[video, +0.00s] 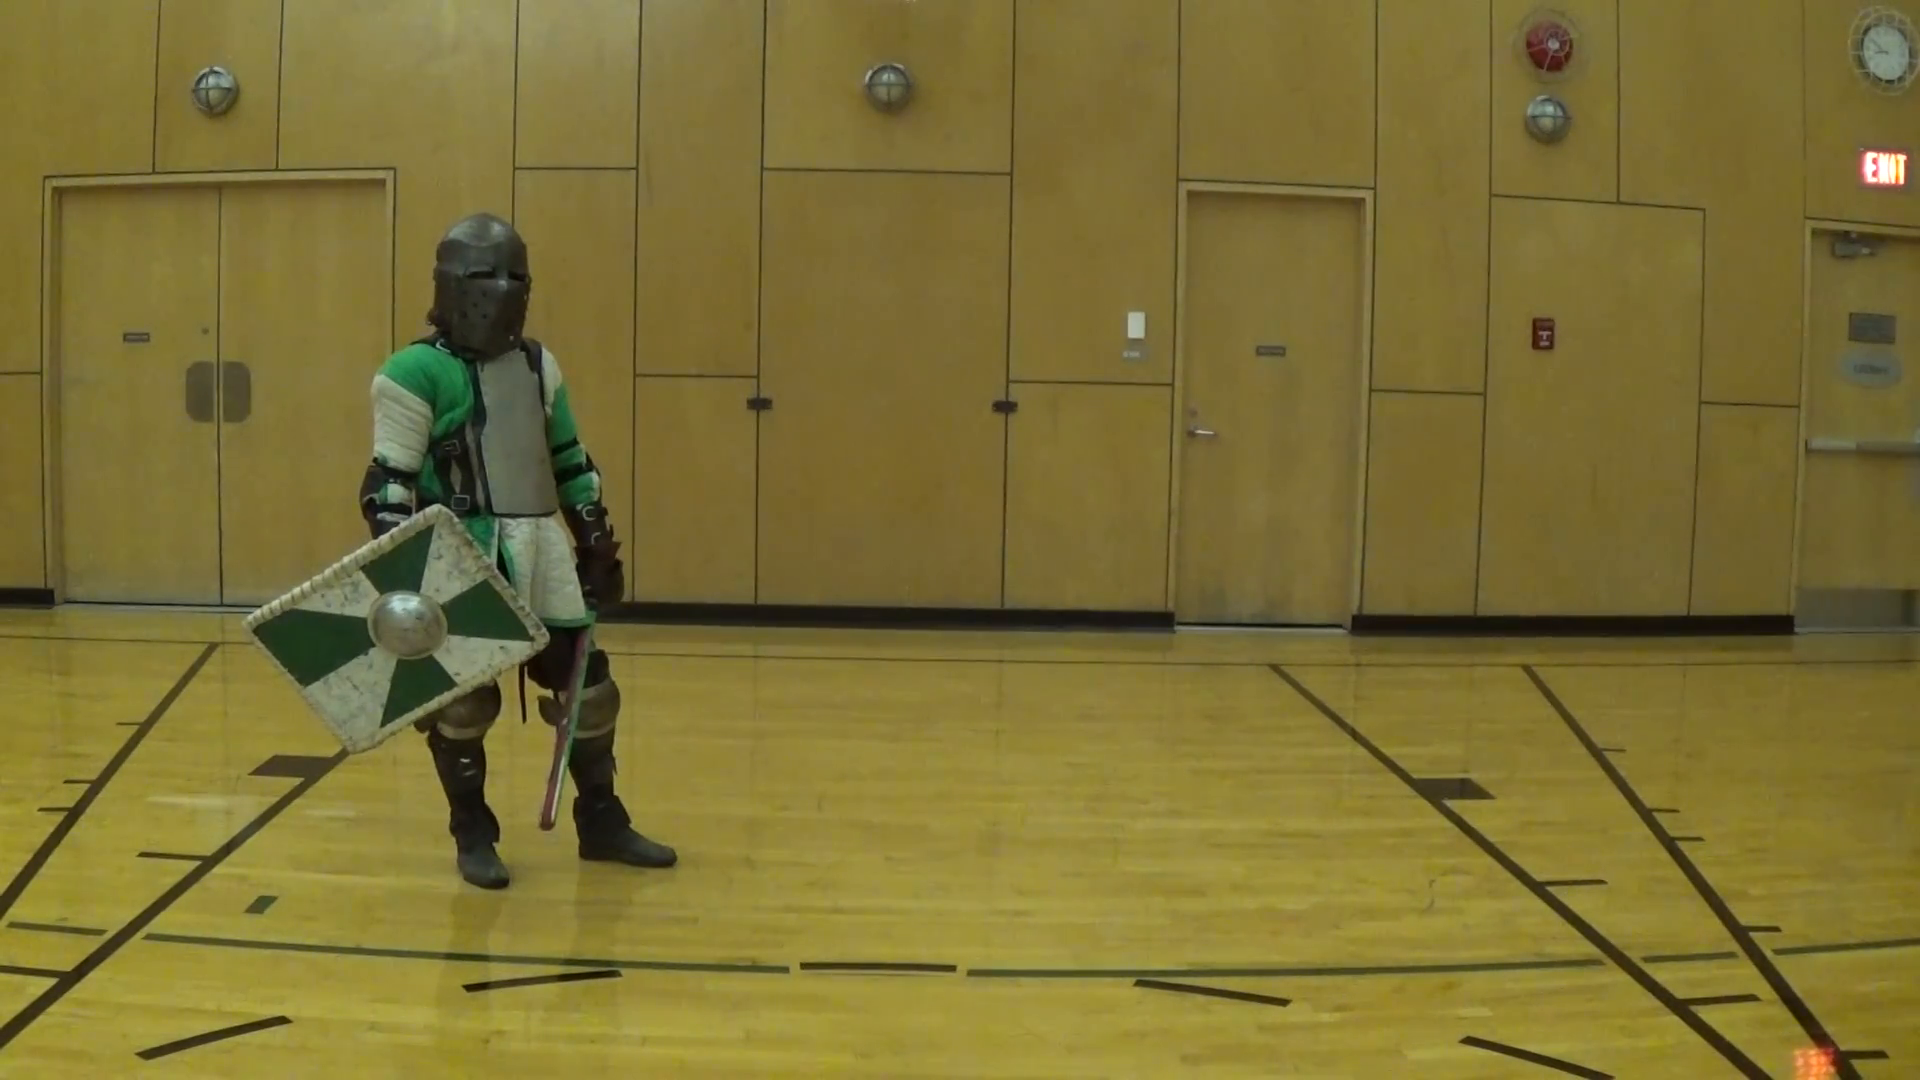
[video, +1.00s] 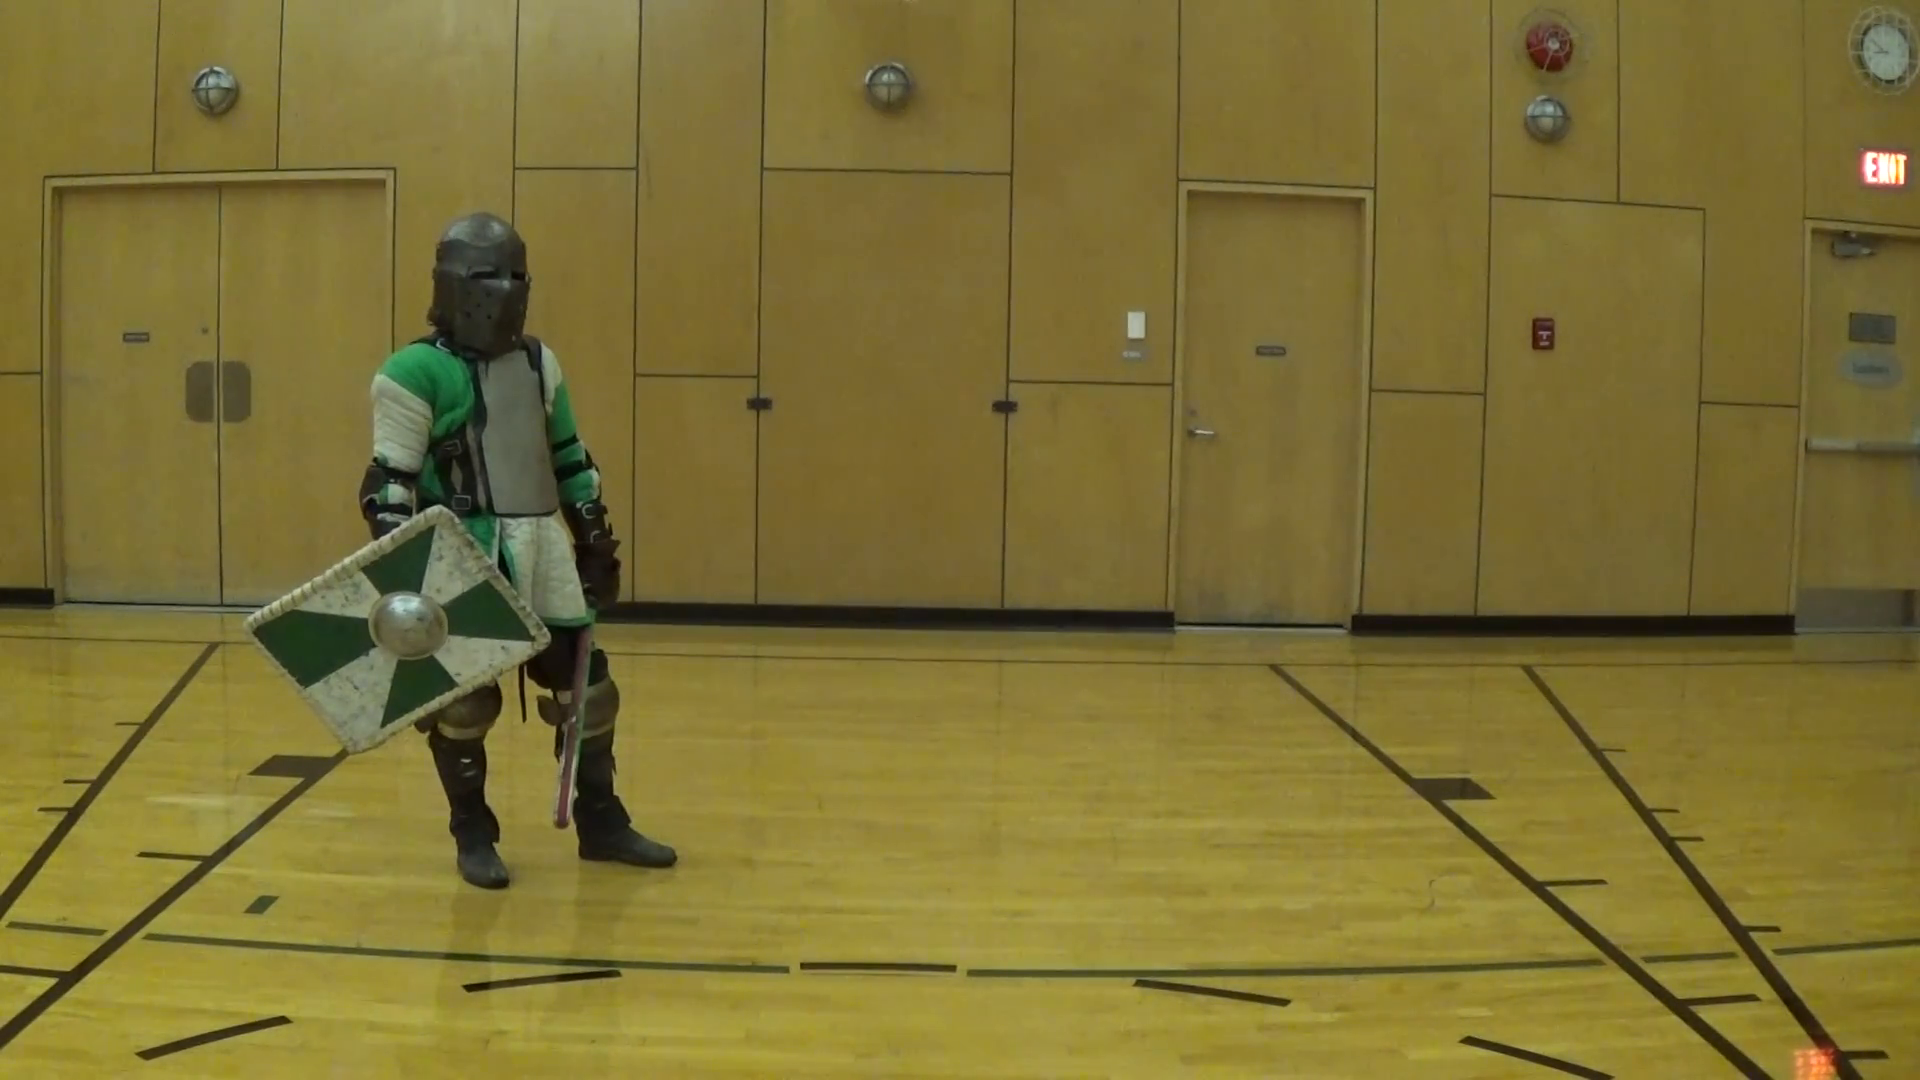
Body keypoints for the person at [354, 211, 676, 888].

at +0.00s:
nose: (502, 290)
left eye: (512, 276)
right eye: (485, 276)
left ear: (524, 286)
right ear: (448, 283)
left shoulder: (539, 367)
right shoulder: (414, 375)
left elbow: (572, 466)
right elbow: (389, 490)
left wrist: (599, 545)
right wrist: (411, 580)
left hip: (544, 545)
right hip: (457, 556)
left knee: (588, 682)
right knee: (464, 699)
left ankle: (601, 822)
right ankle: (473, 834)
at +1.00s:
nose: (506, 291)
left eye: (514, 277)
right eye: (488, 277)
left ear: (524, 284)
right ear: (449, 283)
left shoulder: (539, 364)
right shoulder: (414, 374)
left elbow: (570, 463)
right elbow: (390, 490)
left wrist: (597, 542)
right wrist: (411, 581)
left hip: (544, 545)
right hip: (458, 556)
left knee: (586, 681)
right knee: (465, 697)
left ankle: (601, 822)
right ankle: (473, 835)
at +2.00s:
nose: (500, 291)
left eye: (510, 278)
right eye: (485, 278)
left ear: (524, 284)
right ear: (451, 283)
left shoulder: (537, 362)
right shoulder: (419, 372)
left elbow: (565, 460)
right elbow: (390, 487)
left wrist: (590, 536)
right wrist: (419, 573)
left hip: (544, 545)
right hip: (461, 556)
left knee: (582, 684)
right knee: (465, 697)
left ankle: (601, 820)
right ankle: (473, 834)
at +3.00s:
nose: (503, 292)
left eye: (512, 277)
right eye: (488, 278)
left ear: (528, 280)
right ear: (457, 282)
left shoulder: (527, 350)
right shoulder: (440, 361)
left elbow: (573, 428)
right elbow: (503, 450)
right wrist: (545, 381)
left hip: (539, 529)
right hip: (477, 533)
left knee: (538, 678)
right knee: (482, 684)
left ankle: (503, 803)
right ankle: (474, 832)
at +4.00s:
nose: (554, 299)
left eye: (552, 286)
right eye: (547, 286)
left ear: (493, 285)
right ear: (519, 289)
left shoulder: (498, 363)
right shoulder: (475, 369)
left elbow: (498, 477)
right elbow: (461, 486)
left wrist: (562, 508)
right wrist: (561, 507)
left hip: (497, 544)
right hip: (480, 547)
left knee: (498, 683)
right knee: (516, 690)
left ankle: (486, 808)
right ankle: (494, 838)